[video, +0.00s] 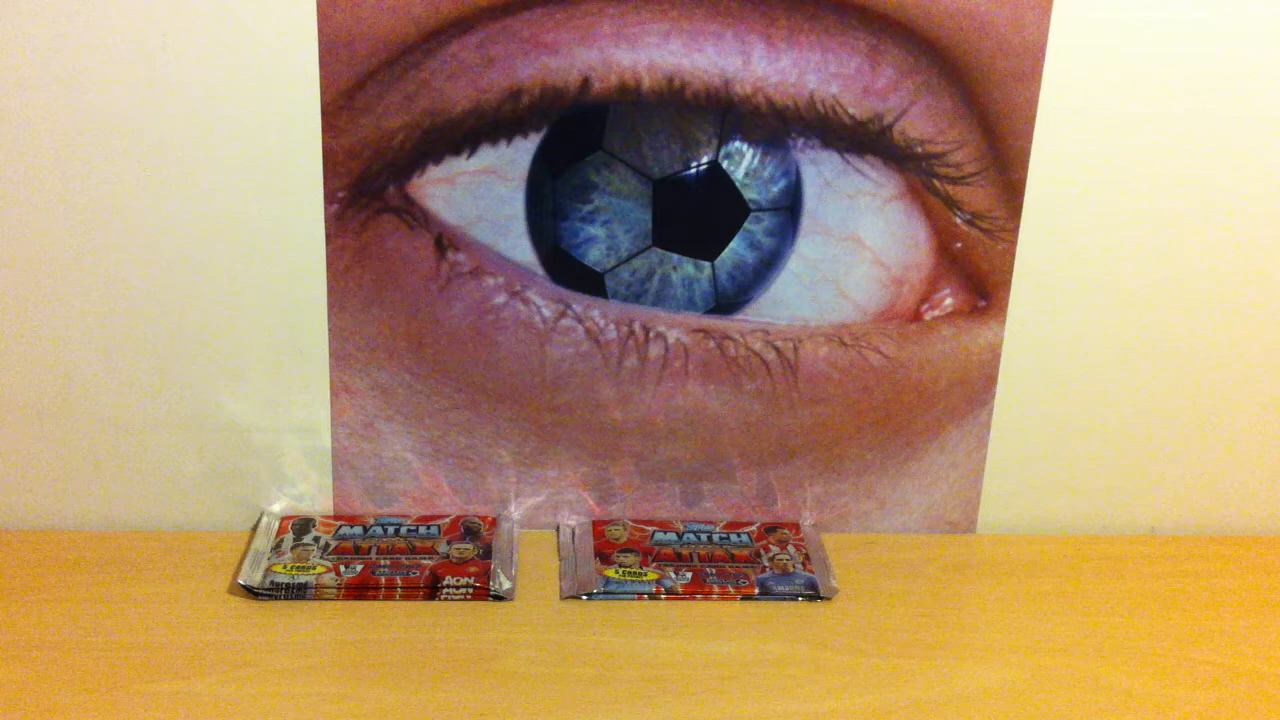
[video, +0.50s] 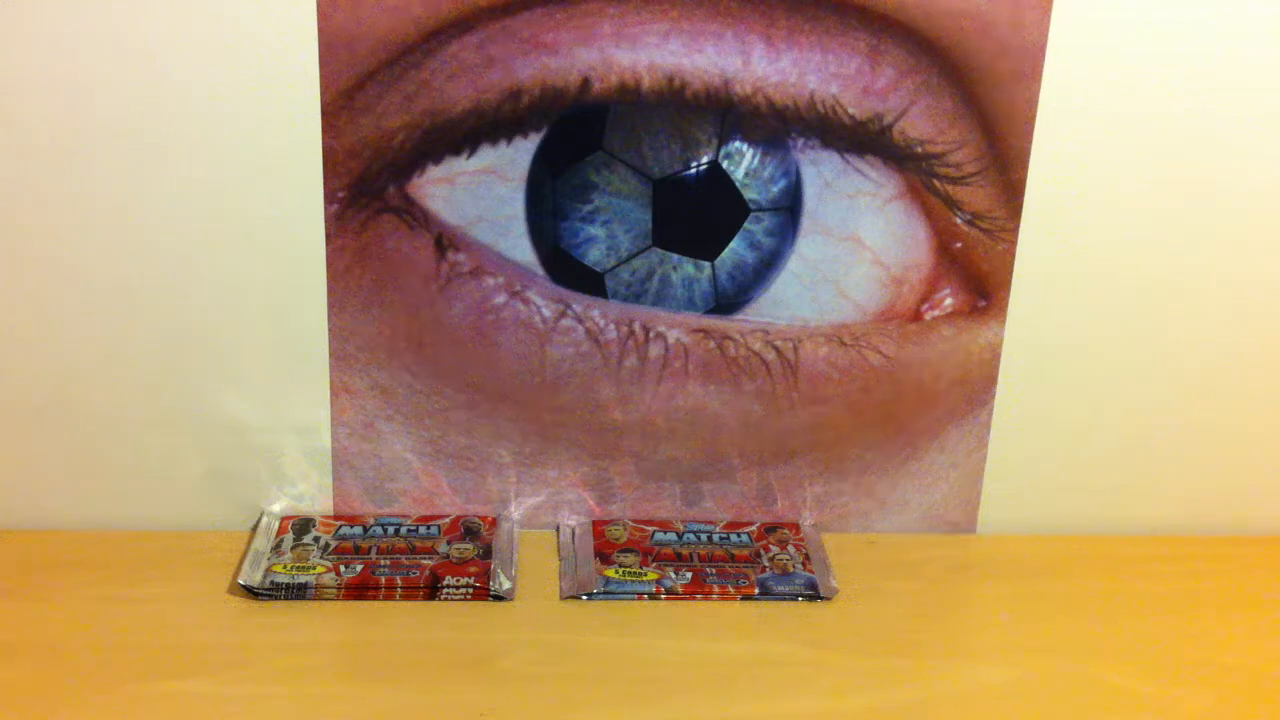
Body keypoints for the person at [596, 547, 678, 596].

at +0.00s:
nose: (621, 560)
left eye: (626, 557)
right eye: (618, 557)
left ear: (638, 558)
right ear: (616, 558)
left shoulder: (650, 573)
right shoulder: (610, 571)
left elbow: (668, 585)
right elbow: (597, 590)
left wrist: (675, 588)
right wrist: (598, 574)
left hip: (640, 606)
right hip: (612, 605)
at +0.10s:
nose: (621, 560)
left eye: (626, 557)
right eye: (618, 557)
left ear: (638, 558)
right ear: (616, 558)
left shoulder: (650, 573)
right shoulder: (610, 571)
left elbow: (668, 585)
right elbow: (597, 590)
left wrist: (675, 588)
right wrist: (598, 574)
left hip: (640, 606)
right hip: (612, 605)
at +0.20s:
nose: (621, 560)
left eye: (626, 557)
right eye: (618, 557)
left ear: (638, 558)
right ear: (616, 558)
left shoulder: (650, 573)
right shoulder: (610, 571)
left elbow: (668, 585)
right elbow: (597, 590)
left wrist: (675, 588)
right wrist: (598, 574)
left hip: (640, 606)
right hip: (612, 605)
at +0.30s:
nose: (621, 560)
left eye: (626, 557)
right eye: (618, 557)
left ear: (638, 558)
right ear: (616, 558)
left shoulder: (650, 573)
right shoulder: (610, 571)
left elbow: (668, 585)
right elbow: (597, 590)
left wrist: (675, 588)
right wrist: (598, 574)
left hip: (640, 606)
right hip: (612, 605)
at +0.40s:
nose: (621, 560)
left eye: (626, 557)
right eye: (618, 557)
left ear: (638, 558)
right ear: (616, 558)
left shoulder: (650, 573)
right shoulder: (610, 571)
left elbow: (668, 585)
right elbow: (597, 590)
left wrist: (675, 588)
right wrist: (597, 574)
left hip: (640, 607)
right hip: (612, 606)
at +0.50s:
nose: (621, 560)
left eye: (626, 557)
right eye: (619, 557)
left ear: (638, 558)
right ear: (616, 558)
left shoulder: (650, 573)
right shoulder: (610, 571)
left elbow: (669, 585)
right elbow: (597, 590)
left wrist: (675, 589)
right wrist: (597, 574)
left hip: (640, 607)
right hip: (612, 606)